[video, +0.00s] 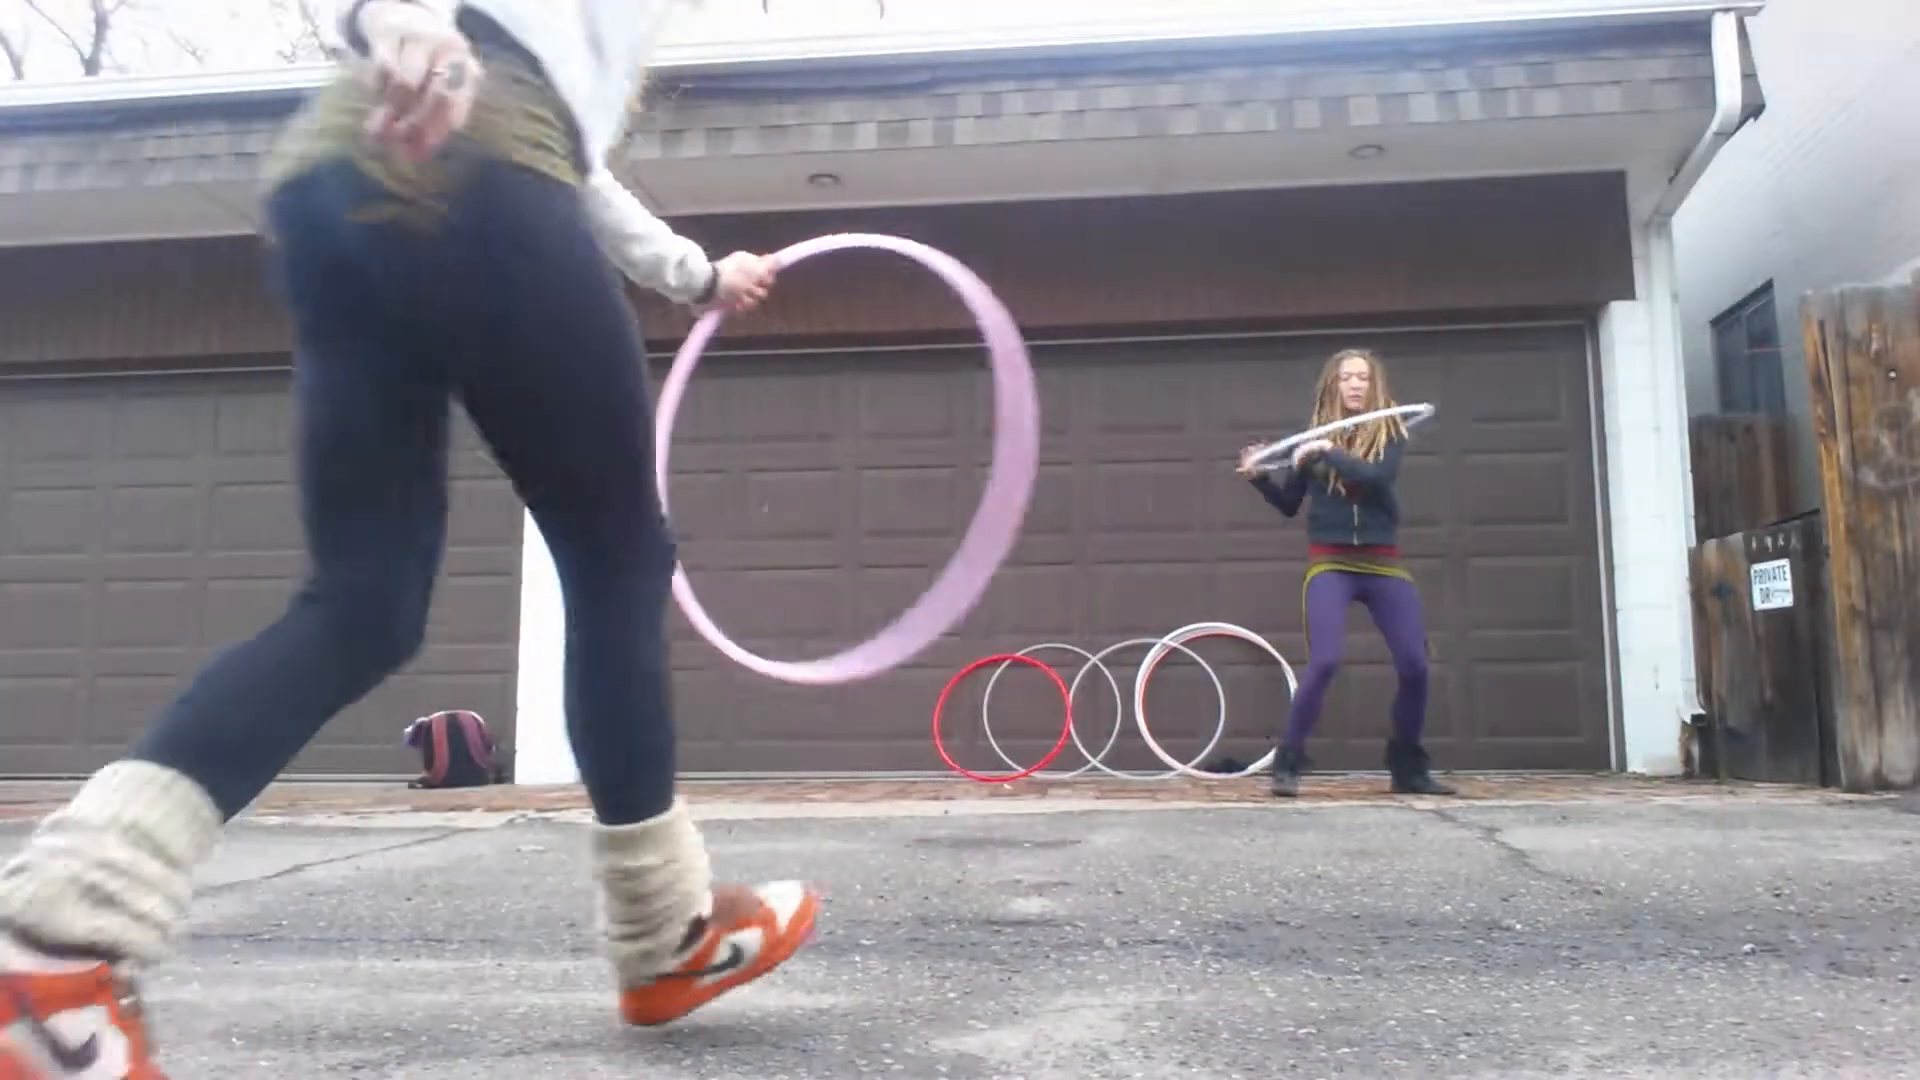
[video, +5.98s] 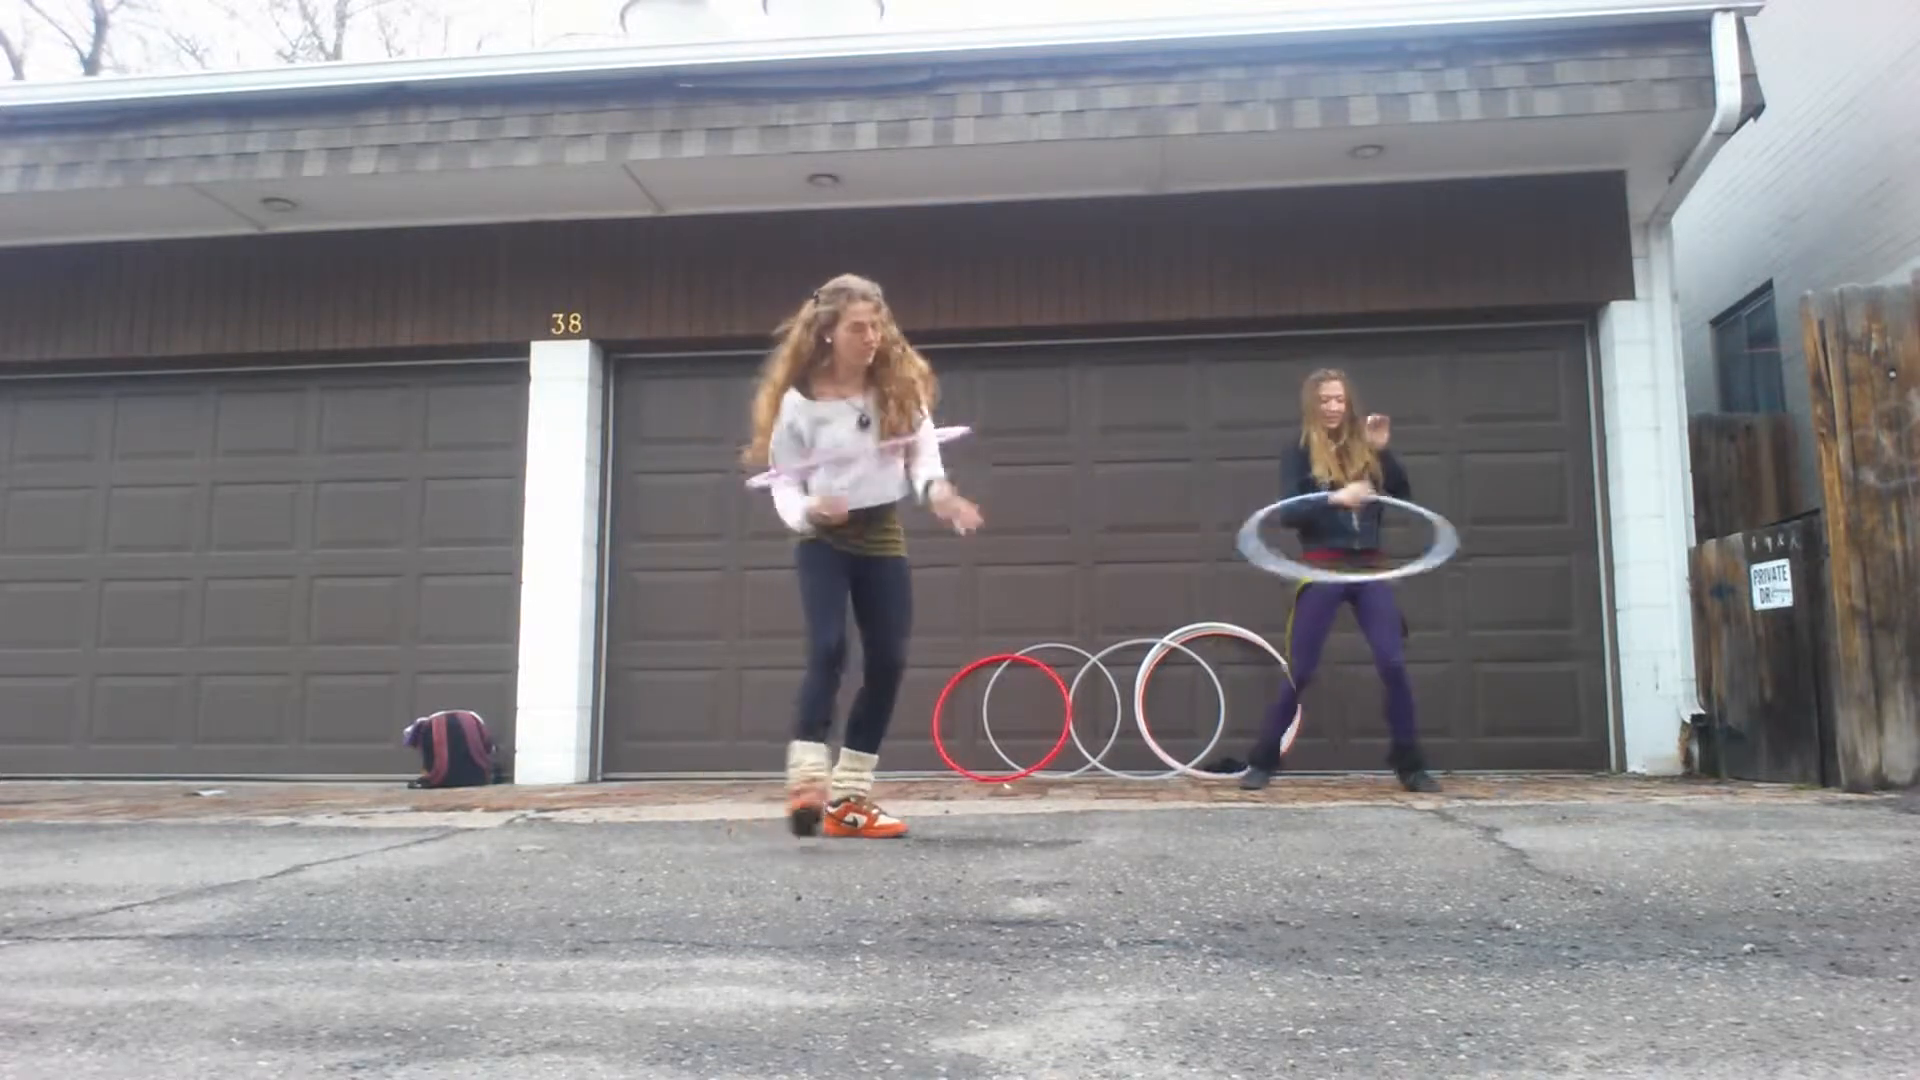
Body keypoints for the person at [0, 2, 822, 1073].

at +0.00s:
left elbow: (538, 136)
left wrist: (694, 272)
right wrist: (408, 24)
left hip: (335, 161)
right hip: (489, 166)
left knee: (363, 607)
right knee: (615, 553)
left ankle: (60, 926)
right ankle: (666, 935)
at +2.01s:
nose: (916, 282)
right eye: (910, 272)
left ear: (844, 276)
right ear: (901, 276)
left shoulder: (812, 335)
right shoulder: (904, 333)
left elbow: (764, 401)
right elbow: (989, 374)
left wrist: (741, 455)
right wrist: (1082, 402)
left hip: (826, 494)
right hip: (893, 490)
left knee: (863, 658)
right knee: (930, 651)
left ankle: (865, 811)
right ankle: (929, 797)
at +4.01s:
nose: (792, 364)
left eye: (800, 356)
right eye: (783, 357)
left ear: (819, 364)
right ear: (771, 367)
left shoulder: (851, 413)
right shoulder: (762, 423)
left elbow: (872, 476)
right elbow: (759, 485)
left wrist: (871, 495)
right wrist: (749, 516)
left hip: (853, 551)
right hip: (798, 553)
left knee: (823, 671)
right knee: (783, 663)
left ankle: (843, 785)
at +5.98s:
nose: (871, 337)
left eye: (876, 326)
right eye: (857, 327)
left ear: (884, 331)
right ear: (827, 333)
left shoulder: (900, 391)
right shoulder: (798, 403)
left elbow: (925, 462)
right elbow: (785, 489)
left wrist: (942, 495)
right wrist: (808, 512)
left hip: (882, 538)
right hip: (822, 539)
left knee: (887, 663)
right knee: (829, 650)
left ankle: (850, 796)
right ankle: (807, 785)